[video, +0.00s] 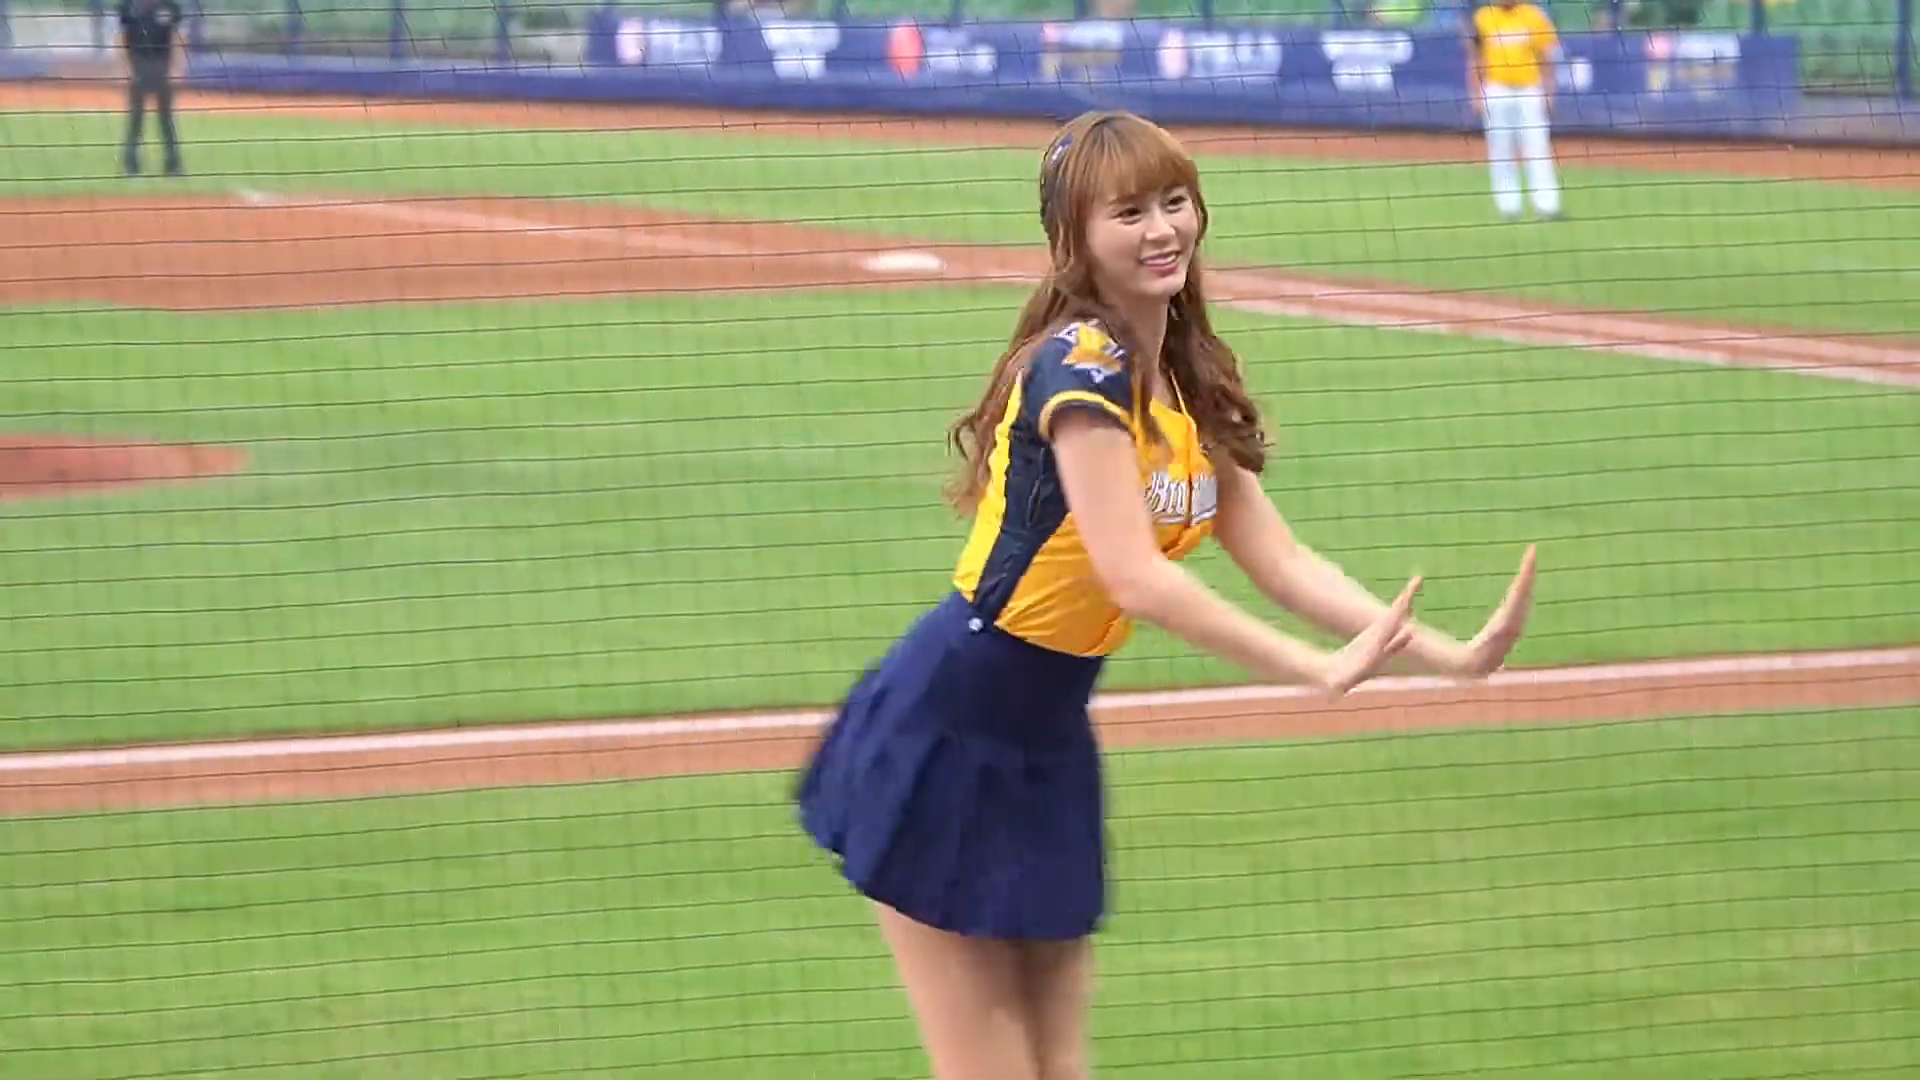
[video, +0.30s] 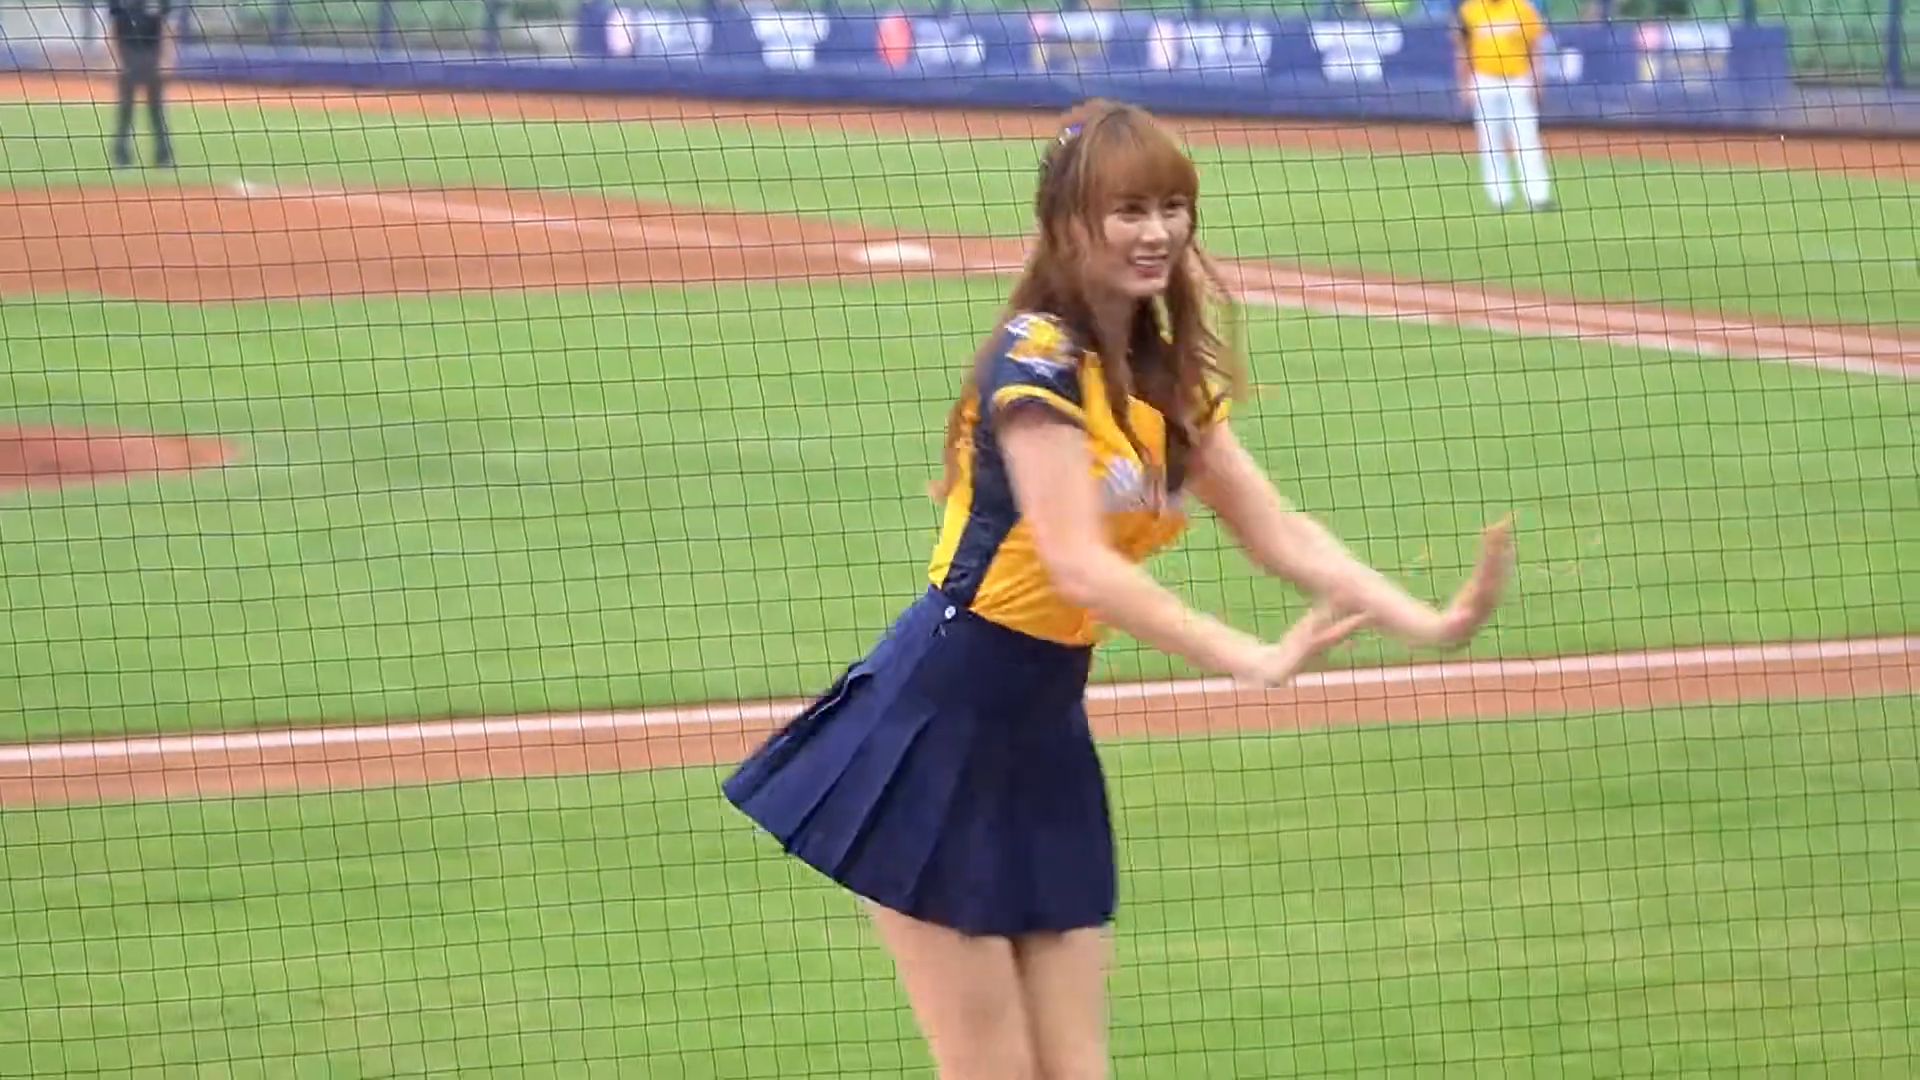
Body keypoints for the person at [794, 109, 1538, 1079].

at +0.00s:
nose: (1162, 227)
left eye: (1175, 201)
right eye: (1128, 211)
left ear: (1198, 216)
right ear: (1074, 238)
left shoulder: (1188, 379)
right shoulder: (1076, 366)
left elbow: (1279, 559)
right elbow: (1131, 575)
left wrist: (1448, 654)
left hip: (1048, 726)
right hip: (947, 721)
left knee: (1055, 1059)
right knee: (985, 1064)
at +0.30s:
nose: (1157, 232)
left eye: (1172, 207)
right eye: (1128, 212)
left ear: (1190, 217)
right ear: (1066, 225)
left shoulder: (1163, 372)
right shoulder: (1034, 356)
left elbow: (1276, 530)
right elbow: (1074, 561)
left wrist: (1422, 622)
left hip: (1045, 727)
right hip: (936, 723)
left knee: (1073, 1063)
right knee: (989, 1064)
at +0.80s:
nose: (1083, 247)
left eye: (1099, 226)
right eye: (1054, 222)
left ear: (1115, 251)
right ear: (985, 241)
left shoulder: (1141, 371)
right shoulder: (925, 389)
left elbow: (1081, 471)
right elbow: (791, 511)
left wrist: (1012, 558)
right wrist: (644, 599)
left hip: (1146, 737)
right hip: (998, 737)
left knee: (1103, 1064)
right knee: (986, 1060)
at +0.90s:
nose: (1099, 231)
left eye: (1115, 209)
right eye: (1069, 207)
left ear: (1131, 225)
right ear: (1007, 224)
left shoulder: (1154, 348)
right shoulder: (943, 365)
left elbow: (1094, 507)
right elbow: (838, 529)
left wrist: (1014, 654)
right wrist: (716, 669)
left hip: (1151, 708)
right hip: (1001, 699)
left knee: (1107, 1063)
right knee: (994, 1057)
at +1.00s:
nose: (1119, 234)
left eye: (1135, 212)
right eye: (1089, 210)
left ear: (1156, 230)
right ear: (1023, 234)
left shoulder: (1181, 345)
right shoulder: (964, 370)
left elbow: (1134, 528)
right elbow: (889, 570)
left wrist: (1061, 699)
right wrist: (805, 759)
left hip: (1162, 706)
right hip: (1009, 700)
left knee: (1139, 1059)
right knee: (1011, 1060)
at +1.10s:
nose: (1157, 249)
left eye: (1172, 225)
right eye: (1128, 228)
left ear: (1190, 238)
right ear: (1064, 247)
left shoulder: (1214, 342)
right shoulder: (1003, 393)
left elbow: (1197, 446)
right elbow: (895, 549)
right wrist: (773, 701)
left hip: (1180, 728)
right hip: (1042, 734)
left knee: (1235, 1051)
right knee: (1039, 1062)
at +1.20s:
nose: (1197, 207)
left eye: (1209, 174)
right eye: (1166, 184)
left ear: (1238, 179)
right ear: (1118, 204)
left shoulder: (1246, 317)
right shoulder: (1070, 324)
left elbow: (1284, 276)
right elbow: (910, 393)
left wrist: (1270, 220)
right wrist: (730, 451)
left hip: (1209, 688)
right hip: (1083, 682)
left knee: (1321, 1041)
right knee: (1050, 1052)